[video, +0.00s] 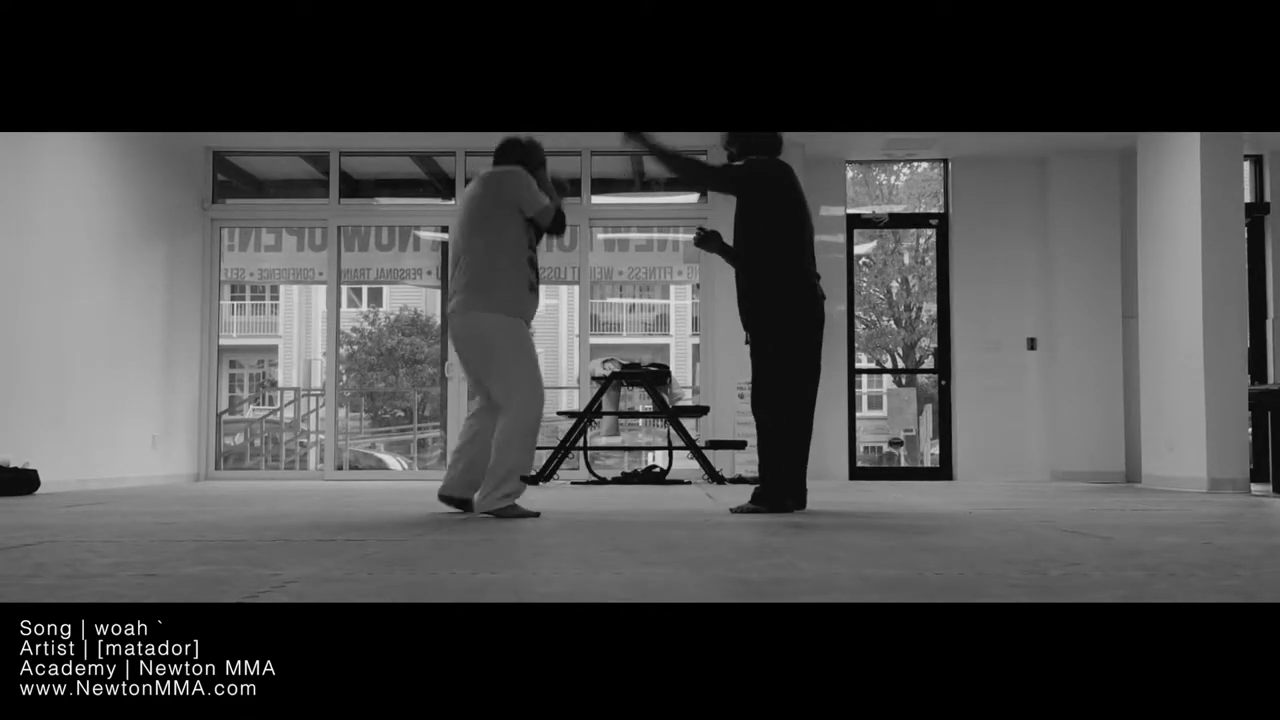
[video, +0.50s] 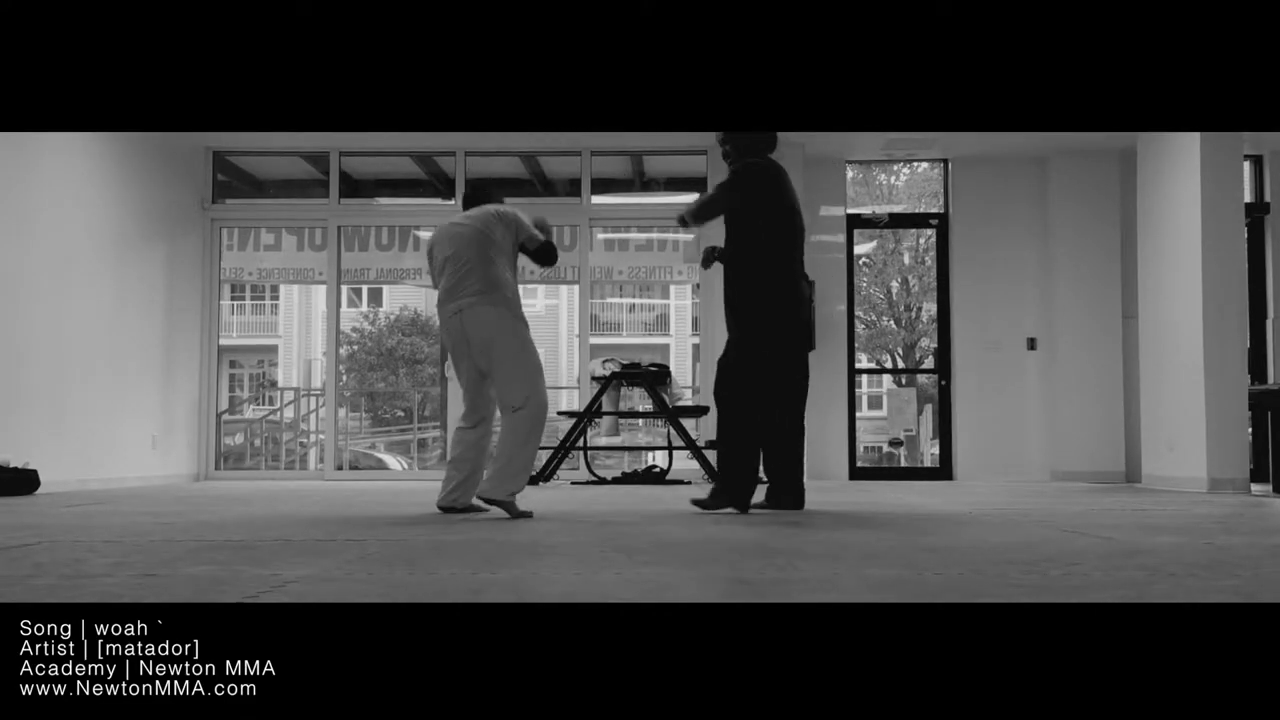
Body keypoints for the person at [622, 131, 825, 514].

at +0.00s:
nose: (726, 145)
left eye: (731, 138)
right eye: (727, 140)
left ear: (746, 140)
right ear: (766, 141)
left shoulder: (764, 173)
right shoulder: (769, 181)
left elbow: (702, 174)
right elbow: (758, 266)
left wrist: (646, 143)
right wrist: (721, 247)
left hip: (784, 311)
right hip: (786, 309)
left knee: (776, 401)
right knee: (781, 400)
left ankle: (778, 495)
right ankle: (784, 494)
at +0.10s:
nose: (730, 153)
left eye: (733, 145)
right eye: (730, 146)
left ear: (747, 145)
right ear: (768, 146)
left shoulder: (759, 176)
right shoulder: (779, 181)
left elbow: (695, 188)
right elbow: (768, 257)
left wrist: (632, 187)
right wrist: (725, 249)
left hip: (777, 313)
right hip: (794, 310)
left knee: (770, 401)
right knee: (786, 401)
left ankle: (775, 496)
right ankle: (787, 494)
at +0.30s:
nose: (729, 152)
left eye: (732, 144)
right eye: (728, 146)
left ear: (748, 143)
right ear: (768, 145)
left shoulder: (755, 176)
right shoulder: (783, 181)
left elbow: (714, 218)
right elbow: (772, 253)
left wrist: (663, 239)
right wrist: (729, 251)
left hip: (767, 315)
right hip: (795, 312)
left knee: (736, 386)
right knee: (784, 398)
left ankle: (759, 490)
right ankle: (785, 493)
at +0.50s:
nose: (723, 151)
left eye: (726, 143)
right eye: (722, 145)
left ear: (743, 143)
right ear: (762, 145)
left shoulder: (747, 175)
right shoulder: (776, 180)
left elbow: (707, 208)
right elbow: (765, 258)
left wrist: (688, 217)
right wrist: (720, 254)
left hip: (760, 320)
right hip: (787, 317)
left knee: (731, 392)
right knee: (782, 404)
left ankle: (733, 488)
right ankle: (786, 492)